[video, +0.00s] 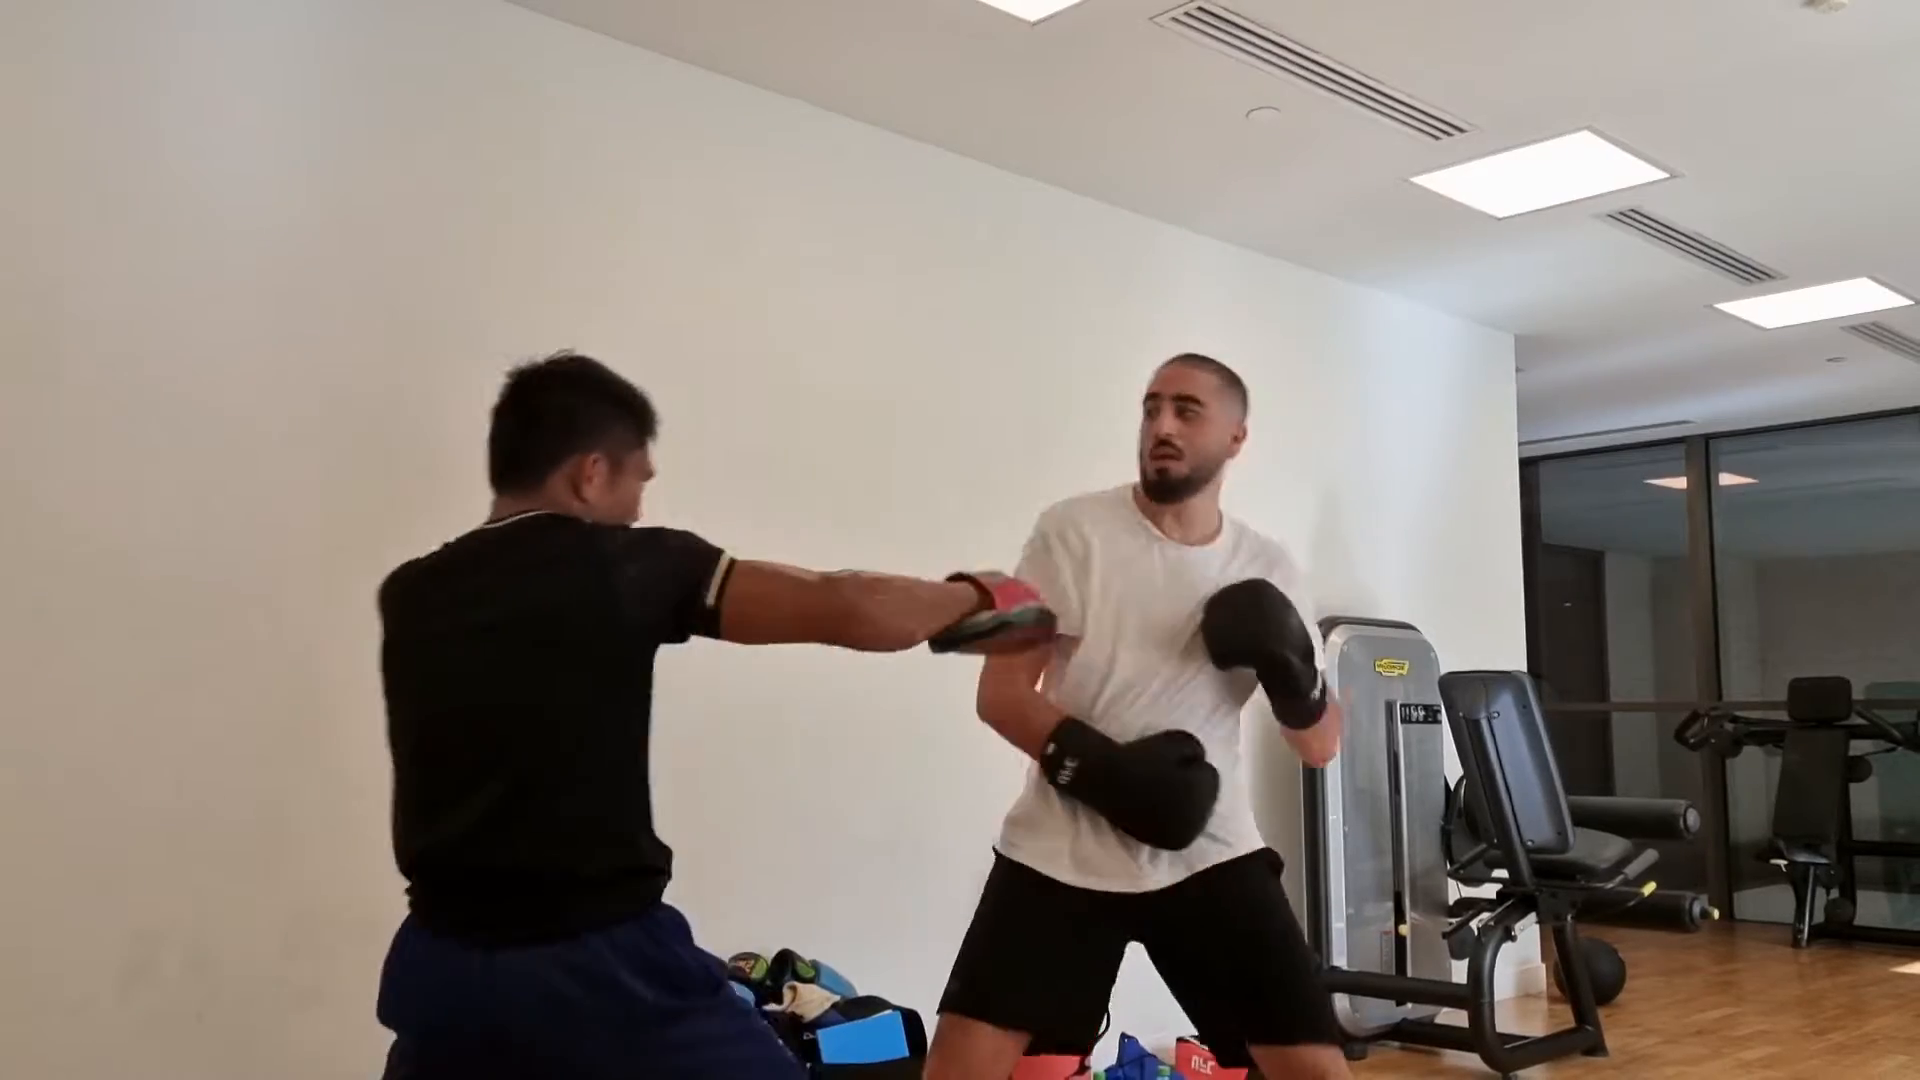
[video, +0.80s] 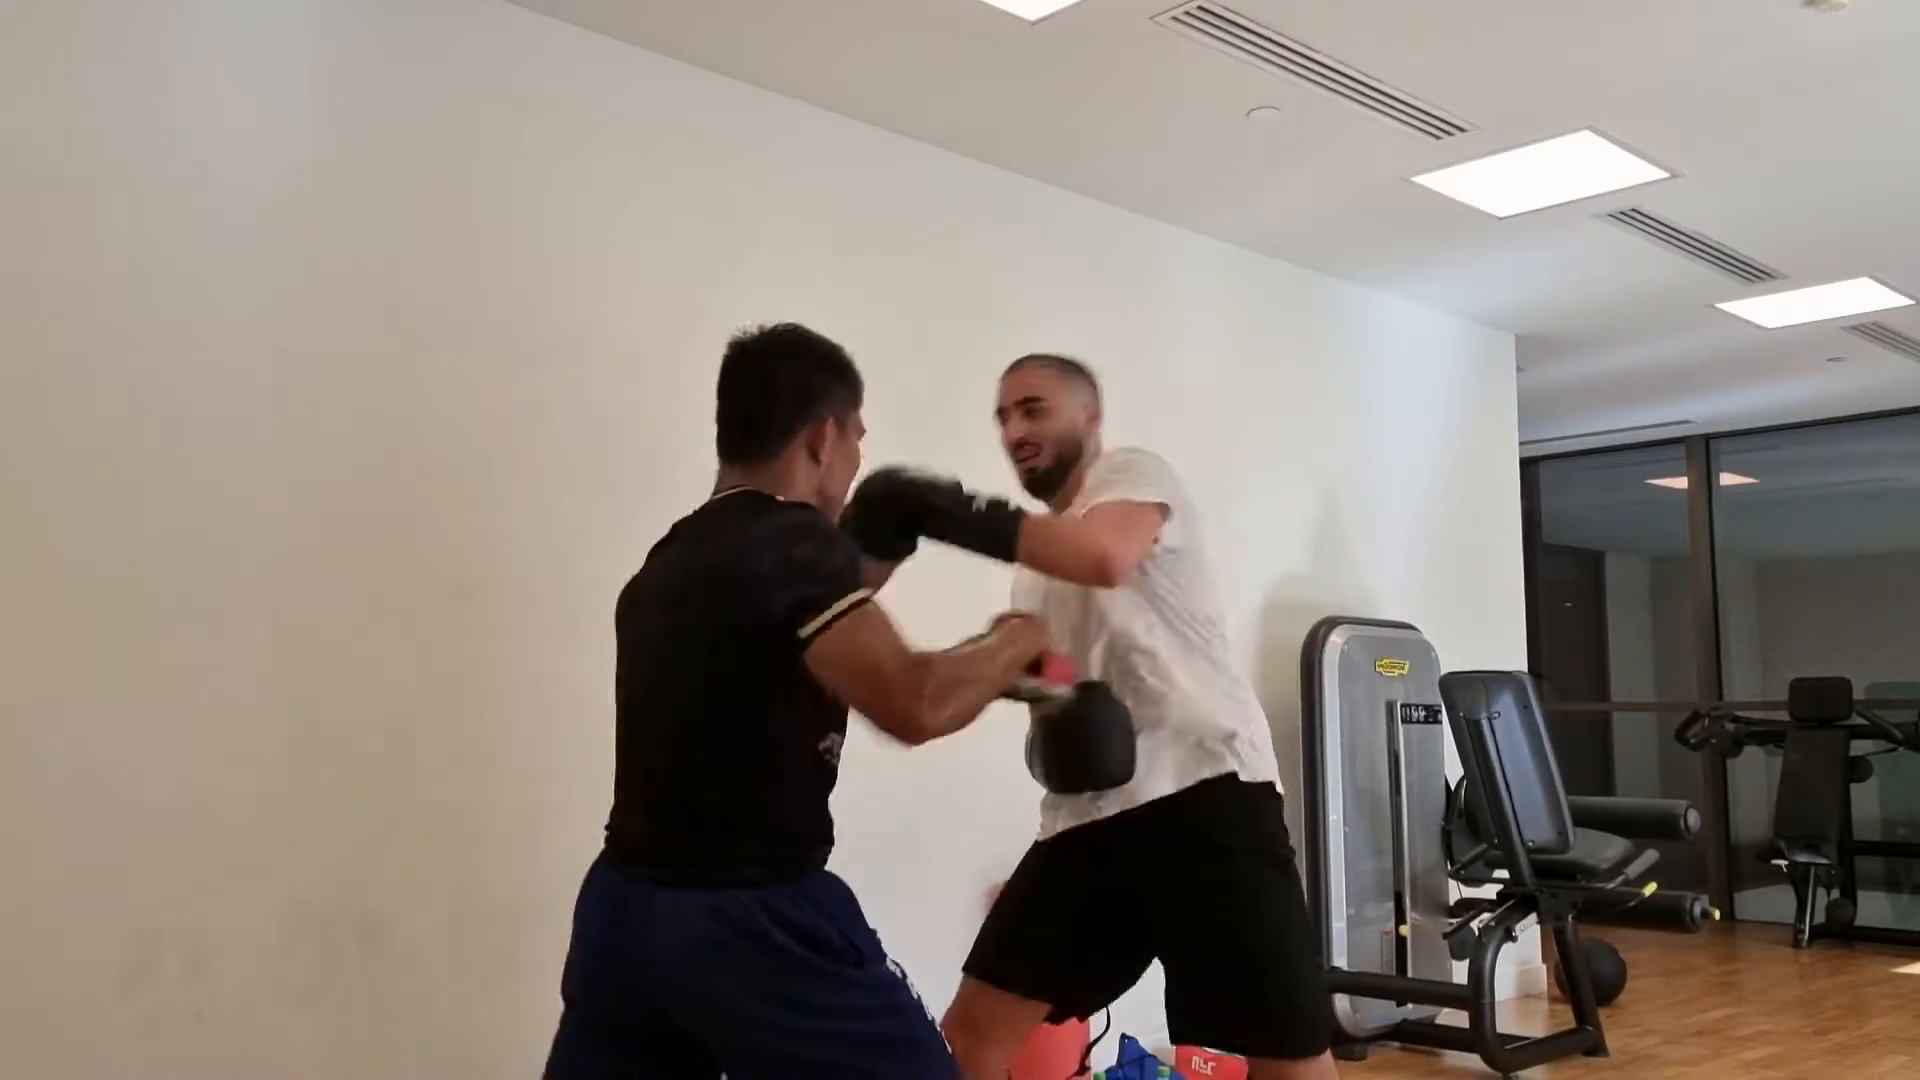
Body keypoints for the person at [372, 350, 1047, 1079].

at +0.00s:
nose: (643, 507)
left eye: (649, 486)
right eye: (642, 484)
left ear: (505, 477)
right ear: (588, 475)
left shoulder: (408, 593)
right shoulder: (626, 565)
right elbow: (841, 609)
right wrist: (972, 596)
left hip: (443, 984)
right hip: (616, 979)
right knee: (772, 1062)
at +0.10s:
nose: (733, 489)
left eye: (738, 463)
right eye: (733, 461)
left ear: (599, 455)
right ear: (686, 455)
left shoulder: (533, 567)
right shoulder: (681, 547)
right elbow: (853, 639)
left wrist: (836, 590)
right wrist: (881, 582)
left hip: (484, 944)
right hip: (637, 954)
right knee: (786, 1061)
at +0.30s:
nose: (776, 479)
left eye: (780, 459)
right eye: (776, 458)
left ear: (648, 448)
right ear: (737, 456)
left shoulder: (553, 572)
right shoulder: (748, 544)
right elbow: (920, 644)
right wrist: (814, 592)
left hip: (544, 950)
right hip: (708, 946)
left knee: (507, 1063)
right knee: (855, 1061)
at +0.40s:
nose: (752, 478)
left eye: (756, 461)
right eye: (753, 460)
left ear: (623, 455)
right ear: (718, 453)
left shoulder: (521, 562)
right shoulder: (769, 534)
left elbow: (445, 679)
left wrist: (553, 643)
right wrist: (885, 576)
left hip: (544, 939)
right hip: (734, 939)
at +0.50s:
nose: (747, 483)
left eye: (748, 461)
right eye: (746, 459)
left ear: (616, 461)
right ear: (711, 457)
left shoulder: (519, 561)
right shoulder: (768, 540)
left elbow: (421, 628)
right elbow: (917, 541)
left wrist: (498, 579)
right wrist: (977, 536)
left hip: (547, 940)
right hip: (730, 939)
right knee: (861, 1053)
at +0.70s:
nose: (834, 464)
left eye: (837, 444)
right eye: (833, 442)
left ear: (709, 434)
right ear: (796, 440)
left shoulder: (649, 559)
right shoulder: (763, 548)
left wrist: (824, 617)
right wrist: (907, 626)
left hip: (618, 921)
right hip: (750, 933)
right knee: (909, 1063)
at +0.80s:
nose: (857, 464)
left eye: (861, 443)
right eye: (858, 442)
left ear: (732, 436)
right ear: (821, 438)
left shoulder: (664, 562)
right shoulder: (791, 545)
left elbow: (788, 680)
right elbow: (915, 704)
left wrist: (871, 554)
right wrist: (1013, 646)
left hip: (626, 919)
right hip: (765, 931)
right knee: (920, 1065)